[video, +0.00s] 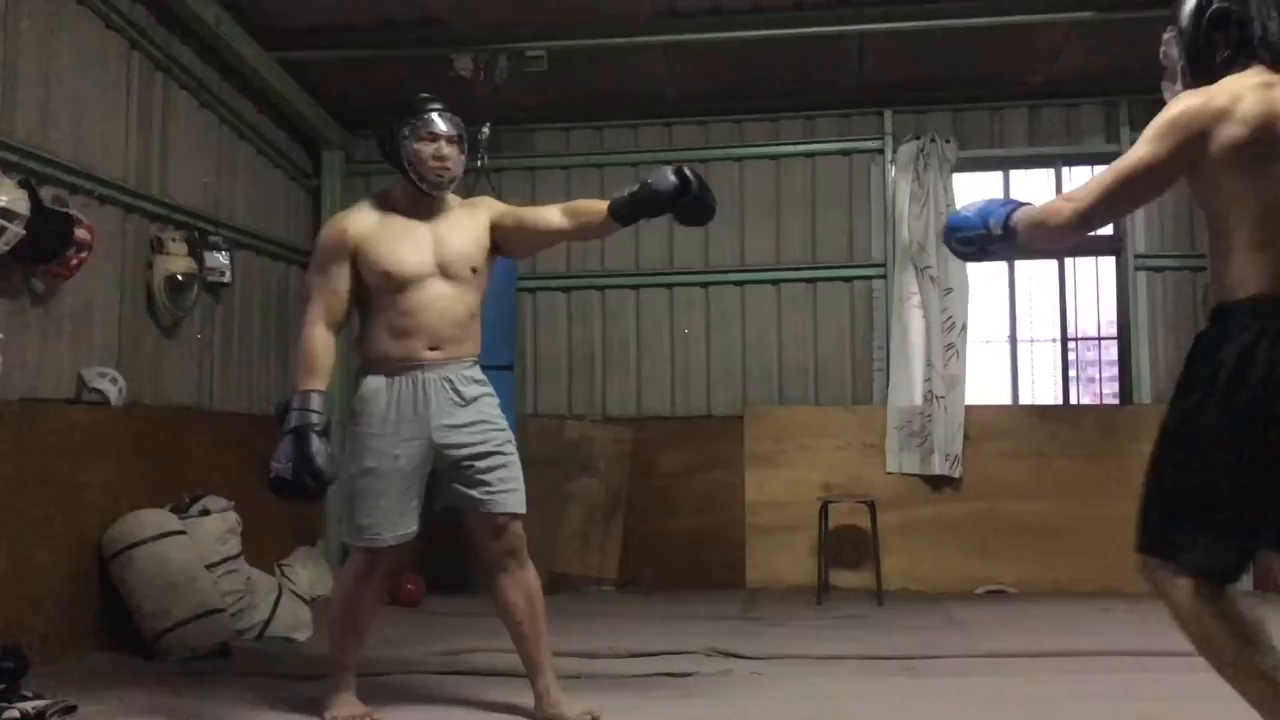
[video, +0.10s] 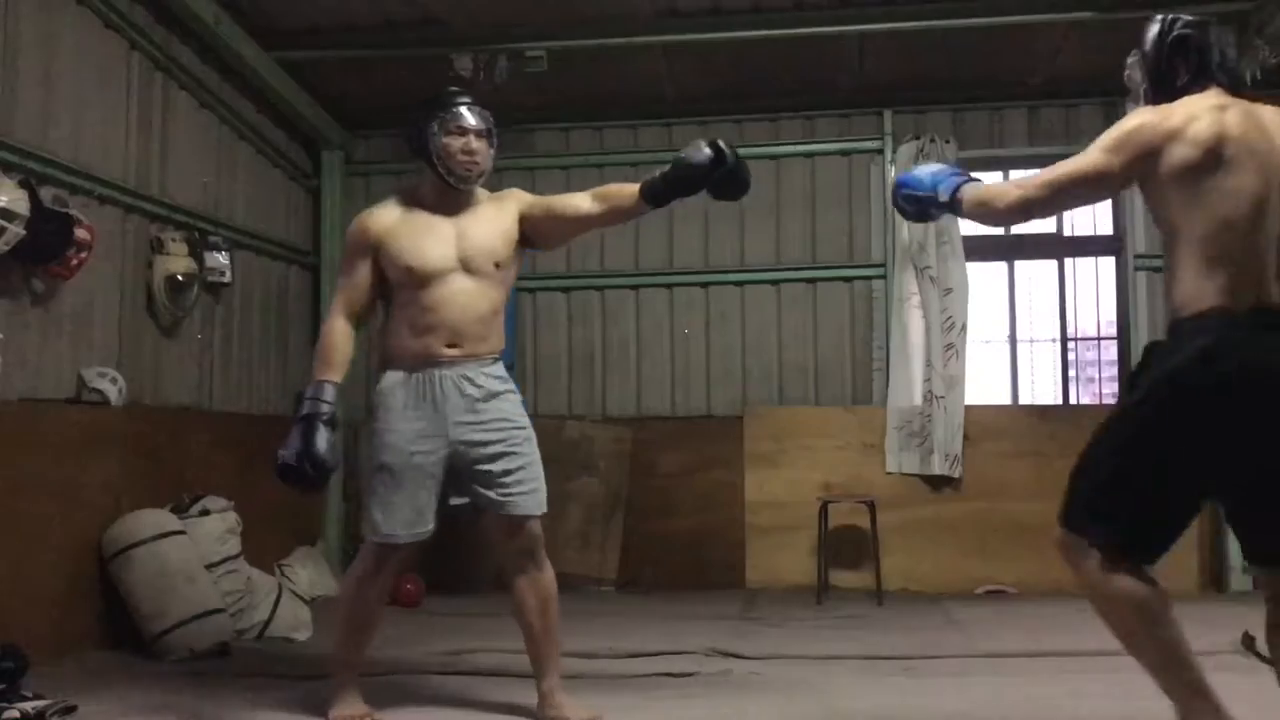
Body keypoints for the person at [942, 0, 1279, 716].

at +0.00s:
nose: (1170, 82)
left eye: (1174, 67)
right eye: (1168, 70)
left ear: (1202, 53)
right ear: (1257, 43)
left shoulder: (1207, 109)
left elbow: (1072, 218)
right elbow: (1082, 218)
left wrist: (1003, 223)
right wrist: (1014, 230)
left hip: (1250, 342)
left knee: (1175, 562)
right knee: (1273, 563)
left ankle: (1273, 699)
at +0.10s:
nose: (1134, 96)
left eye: (1137, 84)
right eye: (1132, 86)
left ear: (1163, 74)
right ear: (1224, 67)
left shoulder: (1162, 125)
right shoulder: (1276, 122)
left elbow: (1014, 203)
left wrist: (946, 189)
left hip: (1208, 357)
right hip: (1279, 357)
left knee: (1089, 540)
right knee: (1275, 568)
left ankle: (1201, 710)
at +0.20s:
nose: (1082, 97)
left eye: (1086, 85)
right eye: (1082, 85)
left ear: (1115, 79)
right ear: (1171, 74)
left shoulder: (1107, 123)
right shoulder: (1261, 135)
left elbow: (953, 178)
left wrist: (897, 159)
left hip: (1153, 350)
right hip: (1257, 353)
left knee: (1063, 533)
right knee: (1265, 561)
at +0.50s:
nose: (1009, 128)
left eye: (1010, 118)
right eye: (1006, 120)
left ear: (1037, 107)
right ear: (1082, 107)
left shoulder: (1020, 150)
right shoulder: (1160, 173)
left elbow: (898, 230)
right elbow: (1206, 291)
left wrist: (814, 236)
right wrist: (1127, 310)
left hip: (1051, 364)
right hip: (1144, 368)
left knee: (992, 557)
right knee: (1158, 536)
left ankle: (1013, 715)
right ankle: (1216, 692)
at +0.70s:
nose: (1006, 141)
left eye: (1008, 129)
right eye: (1004, 130)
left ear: (1037, 119)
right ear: (1078, 119)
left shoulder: (1027, 163)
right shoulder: (1152, 184)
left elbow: (951, 264)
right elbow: (1196, 297)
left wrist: (878, 331)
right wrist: (1117, 318)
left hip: (1061, 364)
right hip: (1144, 367)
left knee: (998, 558)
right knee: (1158, 537)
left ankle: (1016, 713)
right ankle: (1207, 693)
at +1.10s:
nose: (999, 140)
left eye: (1004, 123)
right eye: (999, 125)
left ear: (1036, 119)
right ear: (1071, 120)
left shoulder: (1062, 160)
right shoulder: (1124, 180)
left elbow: (1056, 239)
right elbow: (1141, 300)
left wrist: (963, 280)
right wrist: (1042, 309)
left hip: (1079, 373)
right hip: (1143, 372)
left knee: (1010, 533)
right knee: (1159, 539)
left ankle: (985, 705)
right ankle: (1218, 695)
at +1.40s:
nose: (976, 134)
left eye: (979, 122)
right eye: (975, 122)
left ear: (1003, 121)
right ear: (1042, 119)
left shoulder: (1002, 170)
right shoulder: (1101, 177)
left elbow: (951, 274)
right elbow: (1050, 253)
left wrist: (913, 290)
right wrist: (979, 230)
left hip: (1040, 363)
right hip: (1114, 361)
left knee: (990, 546)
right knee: (1150, 539)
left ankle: (980, 709)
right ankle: (1206, 701)